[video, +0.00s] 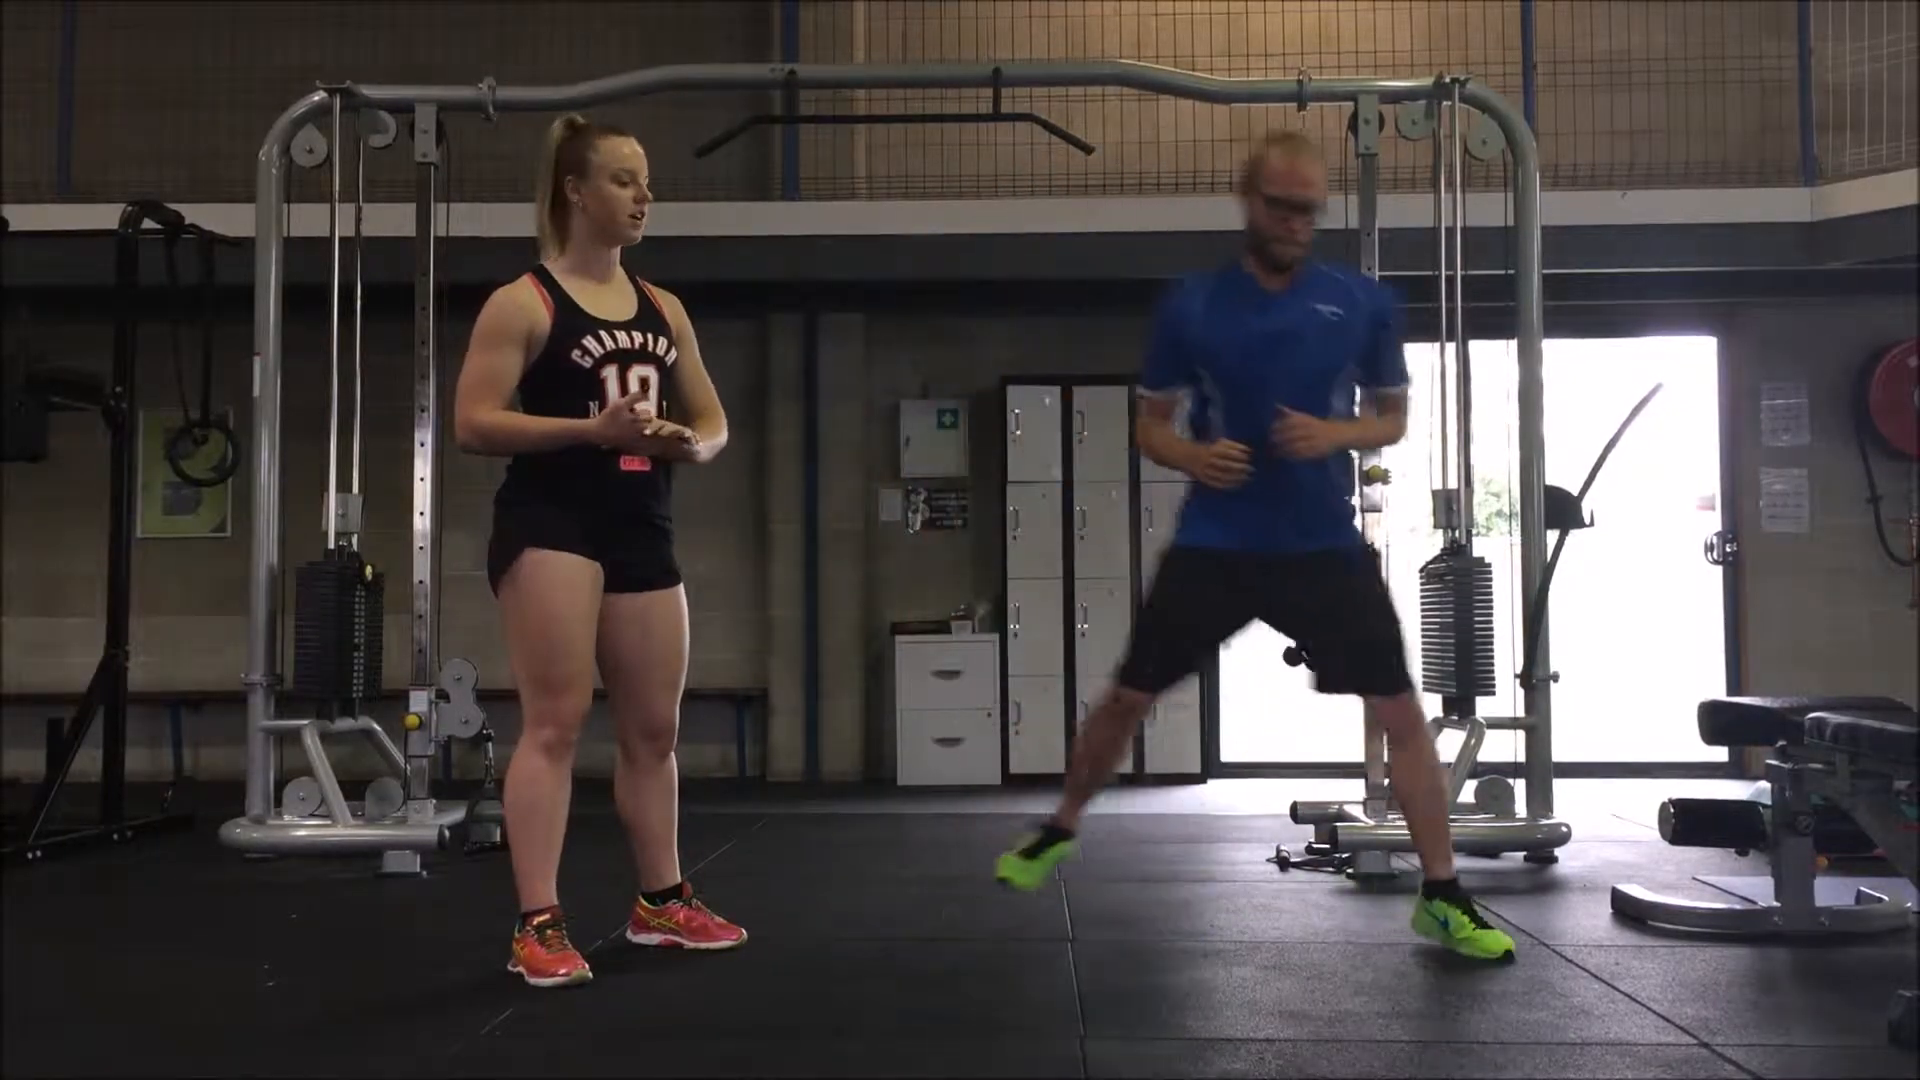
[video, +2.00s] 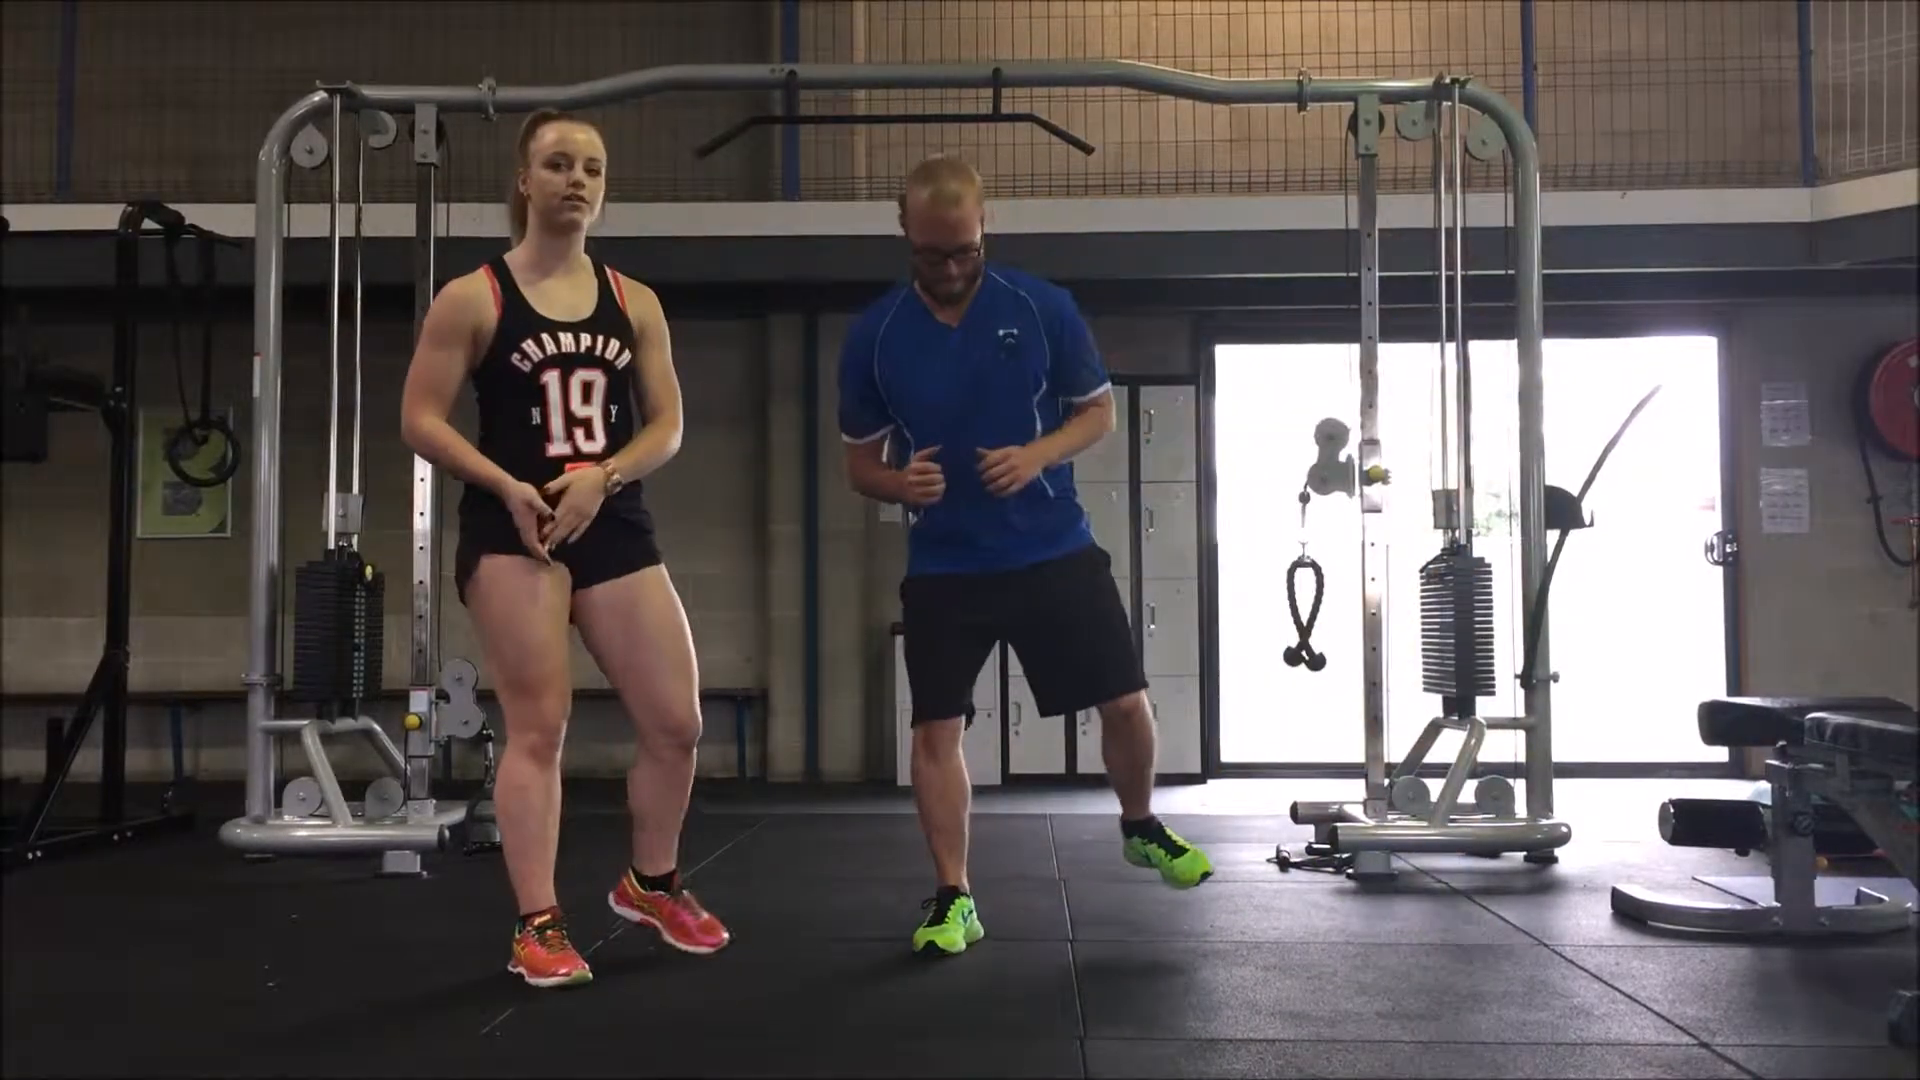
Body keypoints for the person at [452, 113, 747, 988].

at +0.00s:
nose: (643, 197)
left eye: (646, 183)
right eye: (625, 182)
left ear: (638, 198)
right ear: (574, 191)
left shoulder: (662, 308)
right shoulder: (520, 304)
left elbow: (710, 417)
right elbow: (473, 422)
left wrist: (693, 445)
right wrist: (590, 428)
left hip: (643, 533)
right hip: (552, 528)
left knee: (652, 733)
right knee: (552, 725)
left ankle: (662, 901)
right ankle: (538, 925)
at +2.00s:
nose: (575, 180)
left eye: (589, 169)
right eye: (557, 165)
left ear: (603, 189)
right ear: (522, 181)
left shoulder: (635, 303)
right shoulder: (471, 300)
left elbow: (668, 426)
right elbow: (419, 420)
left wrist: (605, 475)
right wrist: (504, 485)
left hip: (613, 527)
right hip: (511, 530)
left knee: (674, 721)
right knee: (537, 723)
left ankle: (652, 884)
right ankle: (539, 926)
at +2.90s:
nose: (644, 182)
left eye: (647, 169)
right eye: (627, 166)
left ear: (633, 183)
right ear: (574, 173)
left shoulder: (660, 293)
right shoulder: (514, 285)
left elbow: (717, 404)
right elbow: (453, 404)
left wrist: (727, 423)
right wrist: (545, 471)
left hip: (641, 530)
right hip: (546, 527)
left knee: (664, 723)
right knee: (546, 725)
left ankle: (674, 904)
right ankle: (540, 926)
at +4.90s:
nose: (631, 183)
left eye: (643, 169)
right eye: (611, 169)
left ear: (658, 187)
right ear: (576, 186)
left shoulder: (684, 303)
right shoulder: (531, 297)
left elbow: (724, 419)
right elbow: (481, 417)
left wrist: (702, 514)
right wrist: (566, 479)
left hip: (655, 533)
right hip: (553, 531)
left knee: (684, 726)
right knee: (546, 726)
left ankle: (674, 907)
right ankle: (538, 925)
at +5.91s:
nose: (619, 186)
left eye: (631, 174)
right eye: (600, 171)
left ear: (645, 194)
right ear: (563, 188)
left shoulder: (671, 302)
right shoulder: (519, 294)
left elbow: (709, 413)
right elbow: (475, 414)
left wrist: (696, 437)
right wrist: (572, 397)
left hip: (647, 531)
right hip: (552, 525)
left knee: (690, 721)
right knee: (549, 719)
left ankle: (674, 907)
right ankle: (538, 924)